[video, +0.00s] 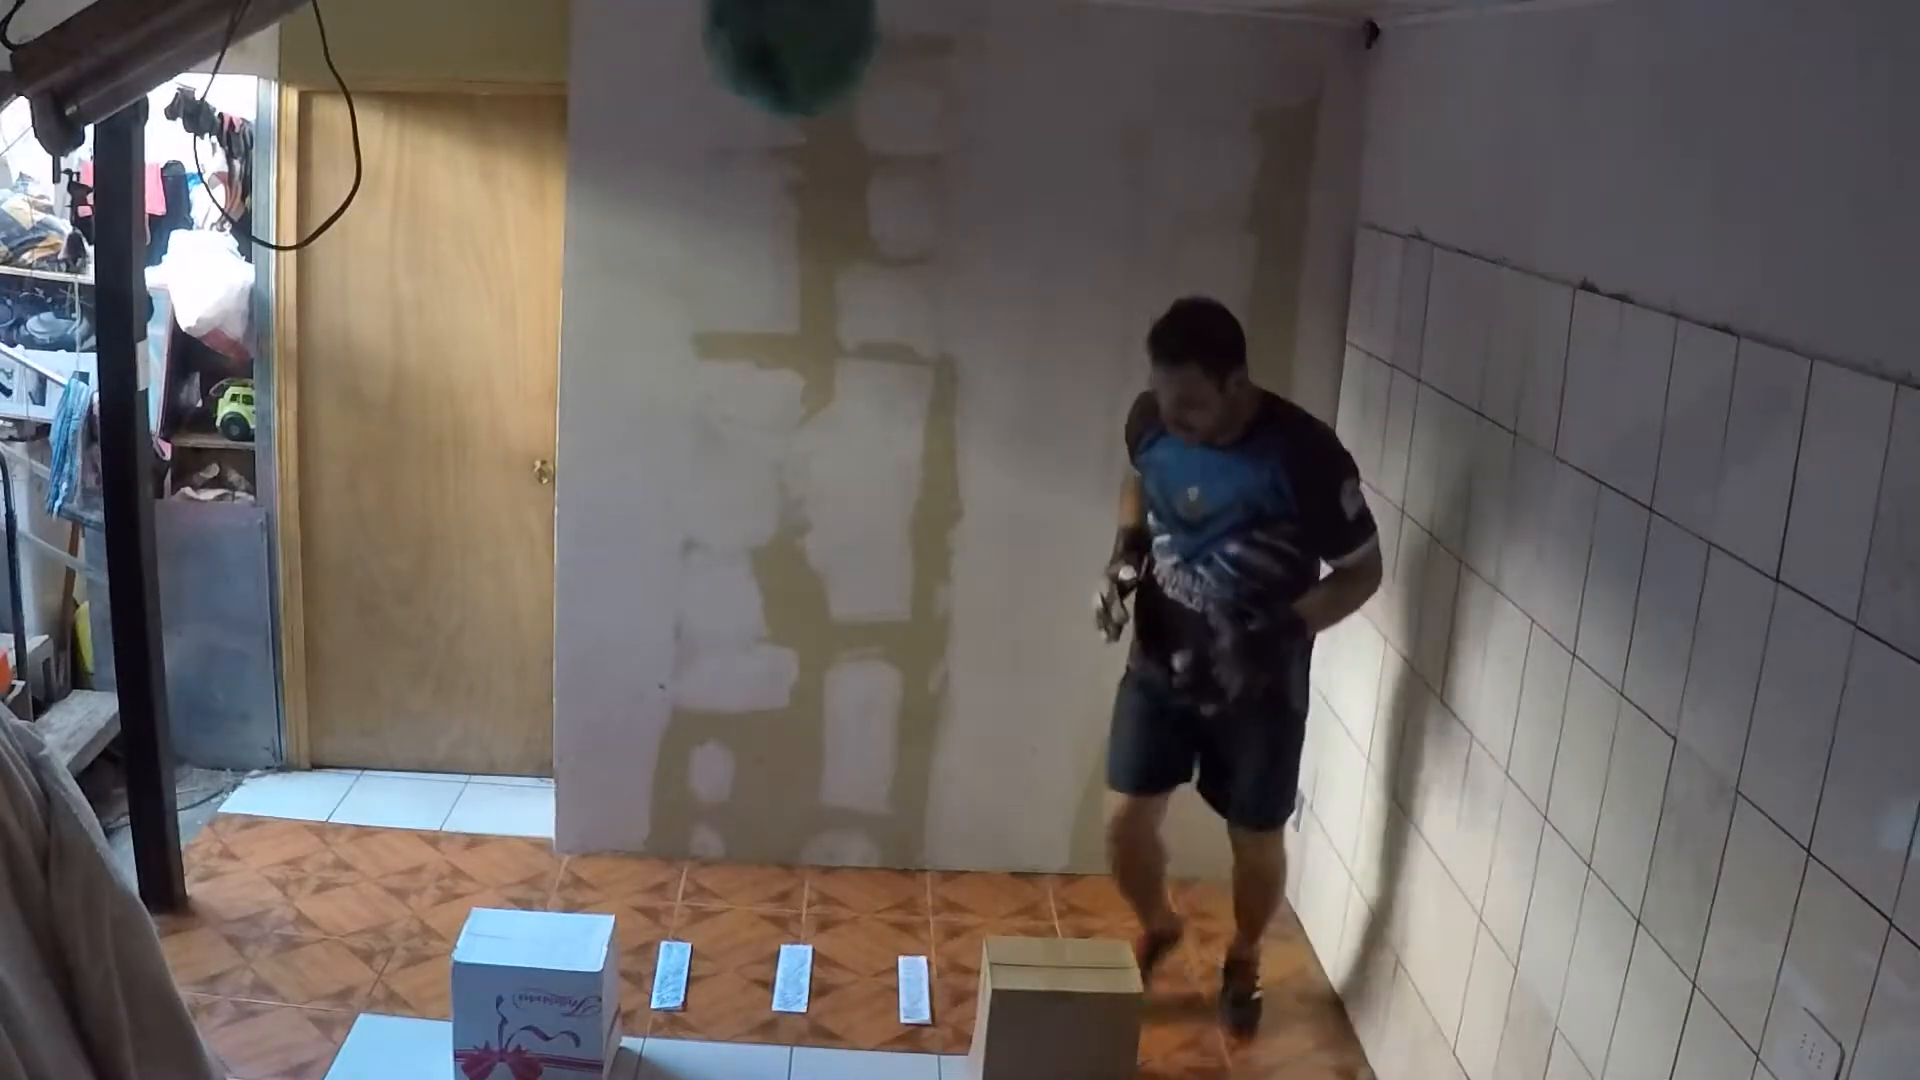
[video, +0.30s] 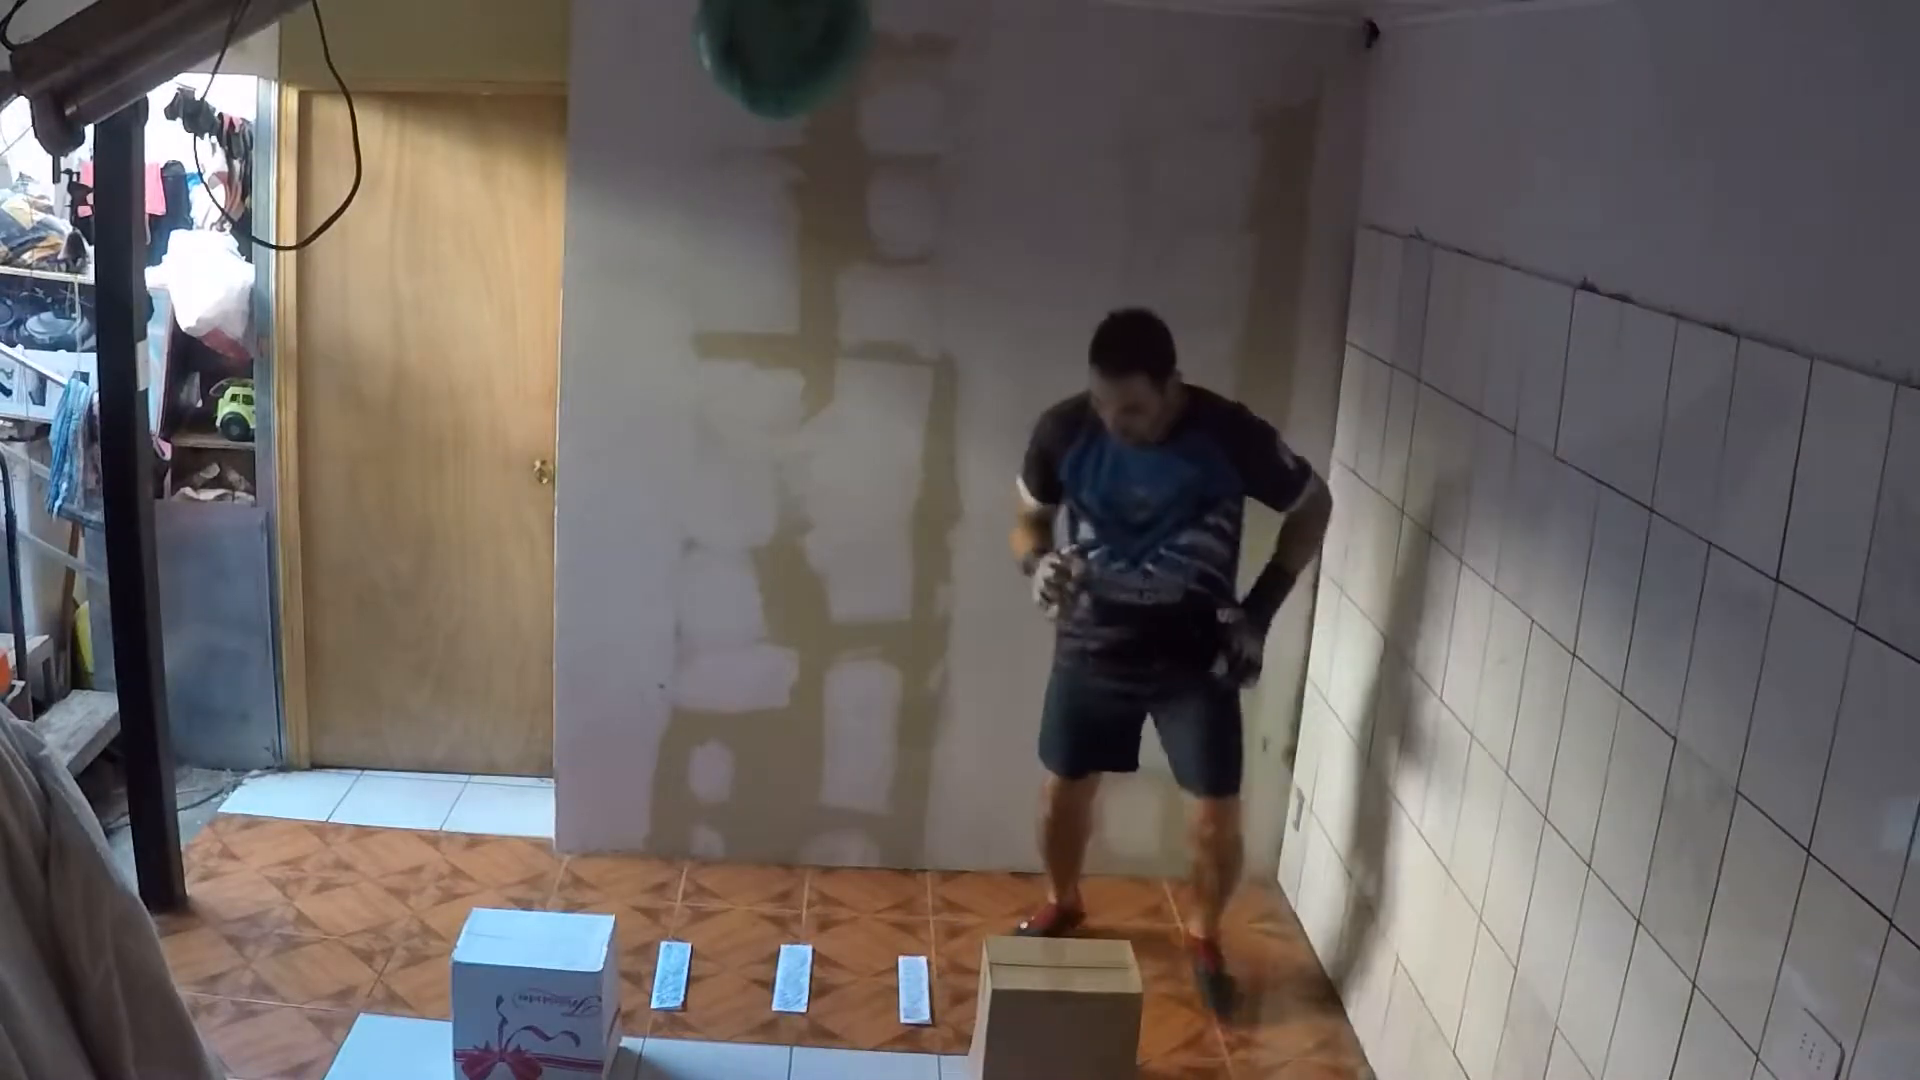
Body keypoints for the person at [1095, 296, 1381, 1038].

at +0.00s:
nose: (1177, 417)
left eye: (1192, 403)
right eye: (1168, 401)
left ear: (1234, 380)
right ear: (1157, 383)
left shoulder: (1308, 450)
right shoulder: (1152, 420)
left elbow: (1364, 568)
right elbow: (1139, 481)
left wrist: (1296, 618)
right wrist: (1126, 555)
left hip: (1260, 671)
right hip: (1164, 659)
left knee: (1256, 842)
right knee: (1128, 823)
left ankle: (1243, 960)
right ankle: (1157, 927)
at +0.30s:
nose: (1119, 423)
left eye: (1134, 409)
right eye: (1107, 406)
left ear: (1169, 385)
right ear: (1092, 384)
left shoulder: (1224, 431)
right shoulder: (1062, 432)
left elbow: (1313, 505)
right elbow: (1029, 521)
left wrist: (1258, 612)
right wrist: (1039, 562)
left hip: (1192, 644)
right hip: (1093, 641)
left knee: (1216, 819)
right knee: (1064, 788)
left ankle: (1205, 941)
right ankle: (1063, 903)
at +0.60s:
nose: (1075, 418)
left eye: (1090, 406)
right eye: (1063, 403)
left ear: (1123, 382)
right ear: (1047, 380)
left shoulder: (1169, 436)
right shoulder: (1024, 403)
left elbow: (1222, 563)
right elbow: (991, 431)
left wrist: (1150, 574)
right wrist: (983, 512)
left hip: (1138, 612)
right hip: (1046, 592)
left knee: (1132, 777)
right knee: (971, 717)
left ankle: (1123, 899)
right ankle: (1005, 825)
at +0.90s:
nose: (991, 388)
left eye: (1006, 375)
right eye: (979, 373)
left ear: (1039, 350)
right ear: (964, 351)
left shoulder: (1089, 393)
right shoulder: (940, 391)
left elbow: (1202, 444)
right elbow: (894, 459)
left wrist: (1139, 547)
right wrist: (915, 513)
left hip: (1056, 590)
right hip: (968, 589)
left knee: (1057, 737)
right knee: (962, 755)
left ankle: (1058, 884)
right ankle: (976, 891)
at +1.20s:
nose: (899, 387)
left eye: (913, 374)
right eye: (887, 372)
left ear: (947, 347)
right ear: (872, 350)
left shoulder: (1006, 390)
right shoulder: (857, 389)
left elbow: (1097, 477)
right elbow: (814, 460)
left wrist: (1028, 541)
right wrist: (826, 511)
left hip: (977, 580)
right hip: (883, 571)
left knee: (977, 768)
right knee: (826, 735)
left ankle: (1027, 893)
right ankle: (825, 862)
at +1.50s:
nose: (822, 381)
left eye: (838, 369)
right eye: (811, 367)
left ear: (870, 346)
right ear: (796, 344)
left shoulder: (918, 393)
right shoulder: (776, 380)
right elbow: (750, 422)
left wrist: (920, 545)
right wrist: (757, 503)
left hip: (895, 581)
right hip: (806, 567)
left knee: (887, 751)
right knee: (744, 669)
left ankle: (890, 885)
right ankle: (777, 783)